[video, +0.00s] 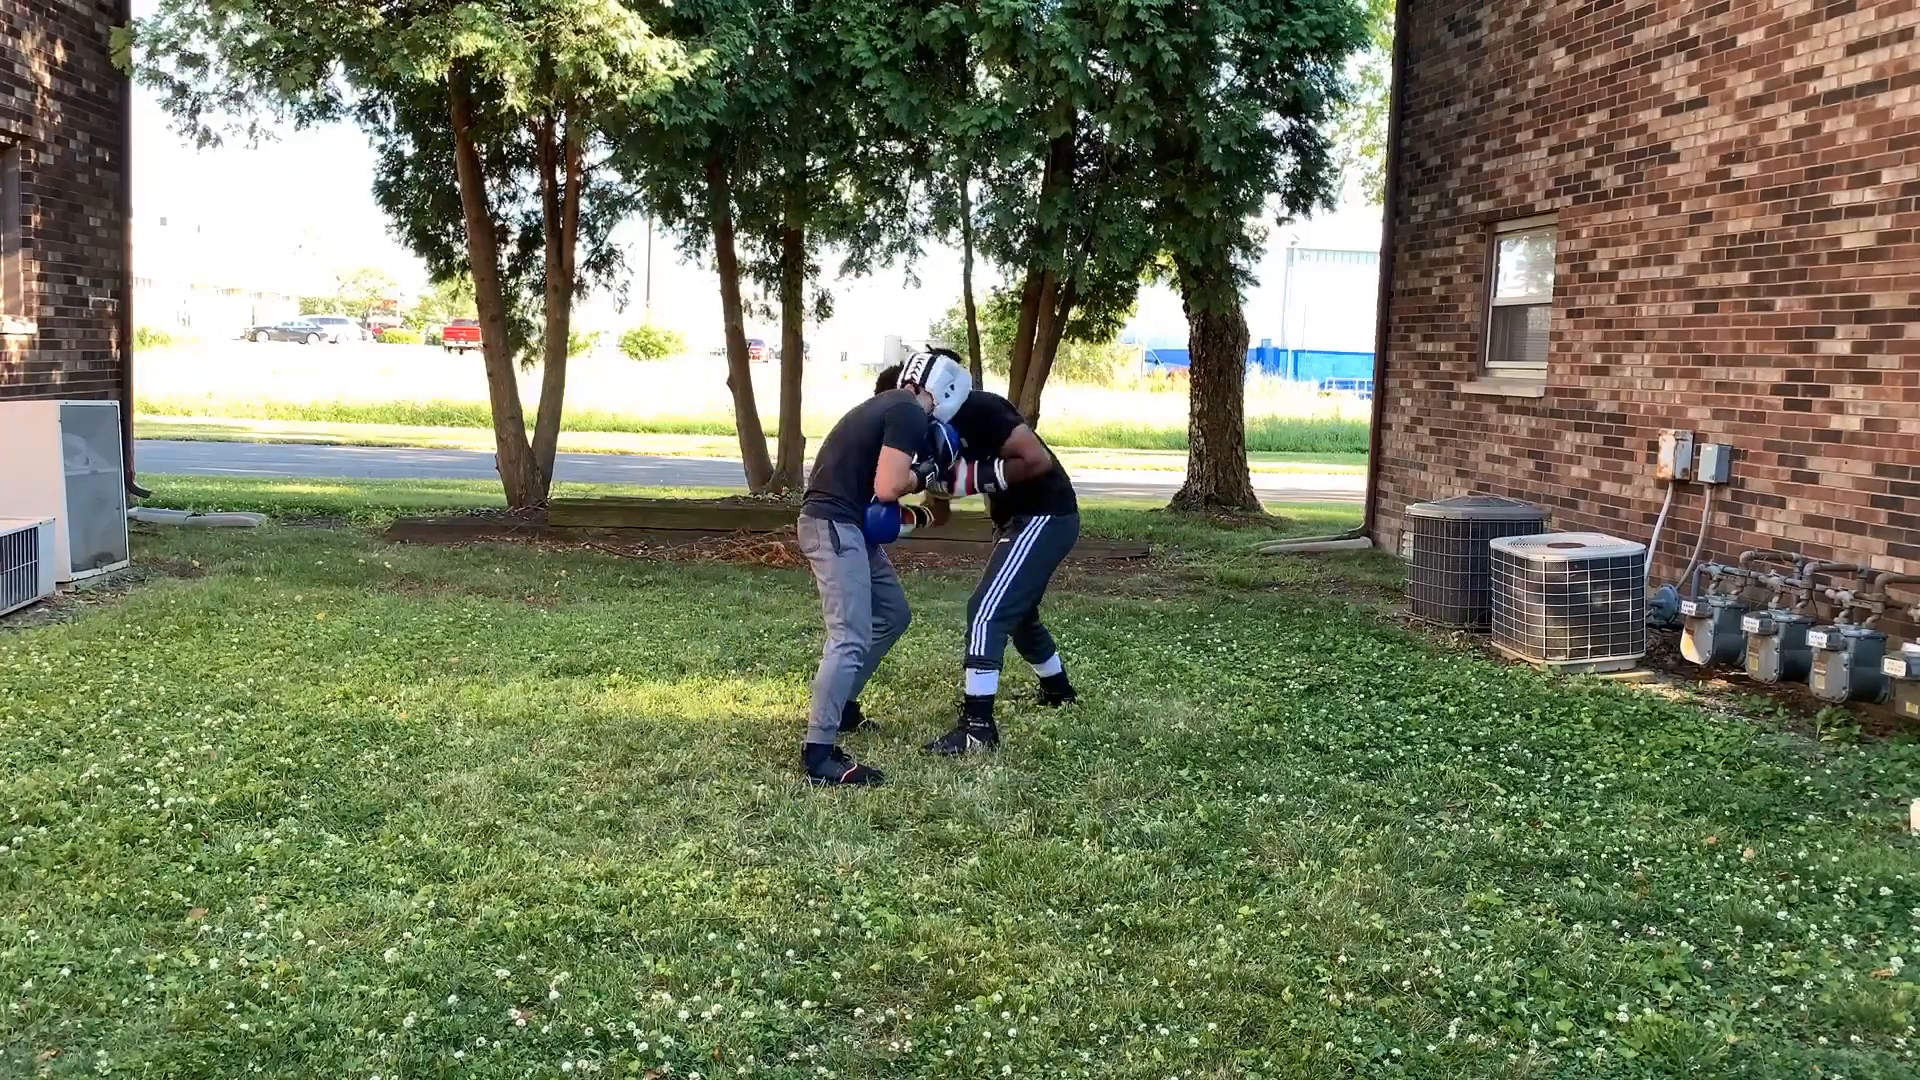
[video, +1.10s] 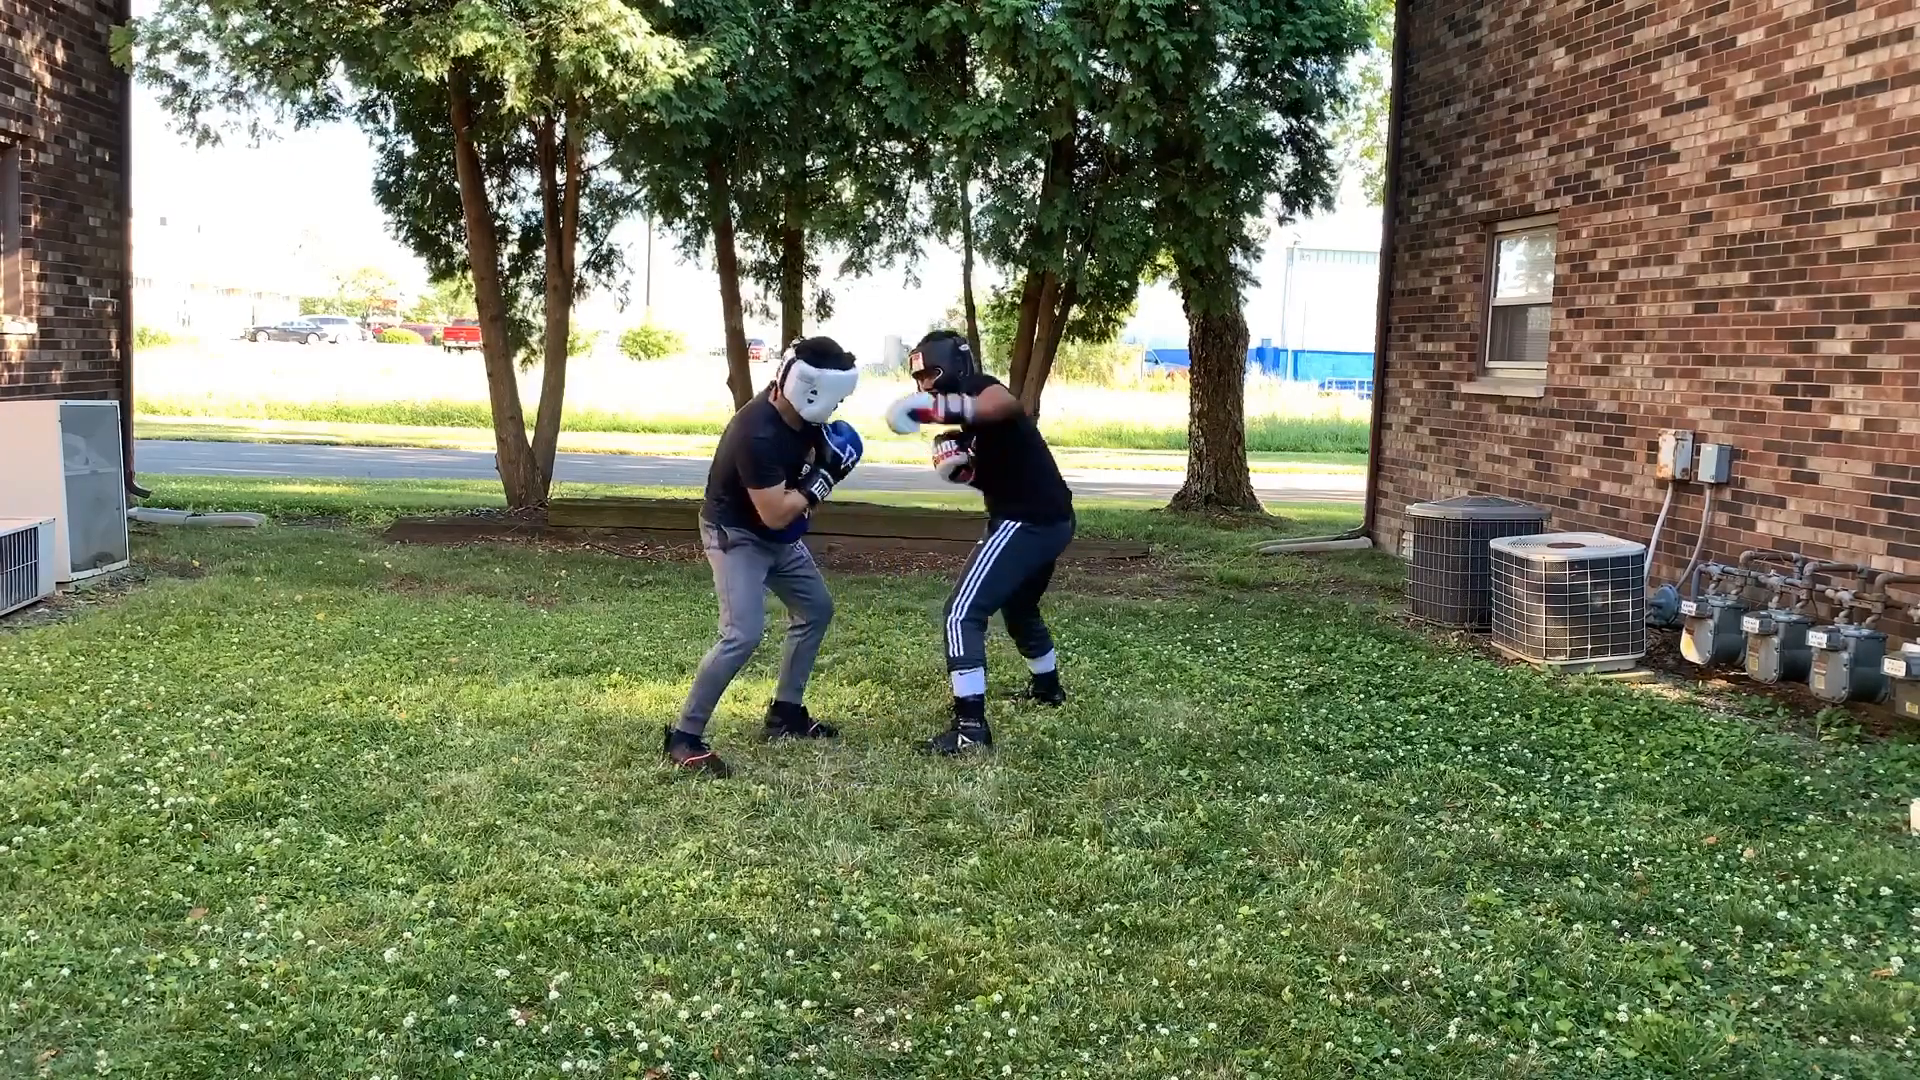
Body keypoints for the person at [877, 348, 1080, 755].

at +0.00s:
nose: (910, 411)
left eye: (911, 399)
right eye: (905, 402)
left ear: (931, 389)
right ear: (944, 385)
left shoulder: (979, 408)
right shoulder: (946, 429)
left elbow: (1037, 461)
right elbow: (941, 508)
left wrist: (975, 476)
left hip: (1044, 517)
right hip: (1021, 518)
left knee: (986, 609)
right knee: (1020, 614)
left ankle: (977, 725)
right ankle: (1058, 690)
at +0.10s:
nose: (902, 417)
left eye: (903, 405)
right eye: (898, 409)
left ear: (924, 398)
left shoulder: (980, 417)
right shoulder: (928, 436)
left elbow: (1057, 446)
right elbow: (941, 499)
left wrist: (1027, 501)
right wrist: (915, 517)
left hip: (1043, 519)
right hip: (1017, 519)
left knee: (976, 611)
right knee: (1013, 615)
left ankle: (977, 727)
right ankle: (1058, 690)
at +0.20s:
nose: (897, 402)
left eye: (901, 393)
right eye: (895, 393)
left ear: (922, 394)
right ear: (937, 388)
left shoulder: (973, 428)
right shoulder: (945, 423)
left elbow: (1038, 479)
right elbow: (955, 469)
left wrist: (1027, 539)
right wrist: (933, 487)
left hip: (1016, 521)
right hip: (1017, 516)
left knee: (955, 615)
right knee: (1017, 612)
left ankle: (974, 724)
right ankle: (1058, 688)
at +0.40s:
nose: (893, 387)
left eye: (899, 377)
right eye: (892, 375)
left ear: (922, 375)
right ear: (941, 360)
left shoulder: (938, 423)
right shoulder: (974, 369)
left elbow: (952, 498)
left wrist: (898, 502)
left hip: (1005, 520)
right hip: (1036, 510)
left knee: (955, 620)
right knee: (1005, 595)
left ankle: (974, 725)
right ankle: (1044, 672)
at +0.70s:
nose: (935, 383)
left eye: (935, 372)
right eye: (931, 374)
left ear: (954, 364)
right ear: (971, 358)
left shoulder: (984, 387)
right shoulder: (992, 389)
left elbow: (1001, 449)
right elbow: (963, 479)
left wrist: (960, 495)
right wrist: (943, 446)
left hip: (1009, 523)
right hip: (1031, 521)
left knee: (947, 614)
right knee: (1000, 608)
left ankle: (971, 722)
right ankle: (1044, 683)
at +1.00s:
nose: (929, 401)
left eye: (931, 391)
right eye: (926, 393)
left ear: (952, 385)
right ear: (958, 385)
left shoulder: (991, 400)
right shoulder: (981, 421)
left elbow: (1037, 432)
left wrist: (986, 465)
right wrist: (962, 470)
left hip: (1025, 524)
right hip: (1030, 525)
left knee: (959, 612)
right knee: (1001, 615)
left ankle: (974, 725)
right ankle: (1045, 687)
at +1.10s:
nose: (922, 384)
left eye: (925, 374)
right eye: (918, 376)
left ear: (946, 367)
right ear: (957, 364)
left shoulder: (978, 383)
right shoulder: (967, 404)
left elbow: (1005, 404)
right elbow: (999, 477)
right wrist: (963, 472)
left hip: (1024, 521)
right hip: (1048, 519)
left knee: (962, 613)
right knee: (1019, 608)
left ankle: (970, 728)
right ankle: (1048, 687)